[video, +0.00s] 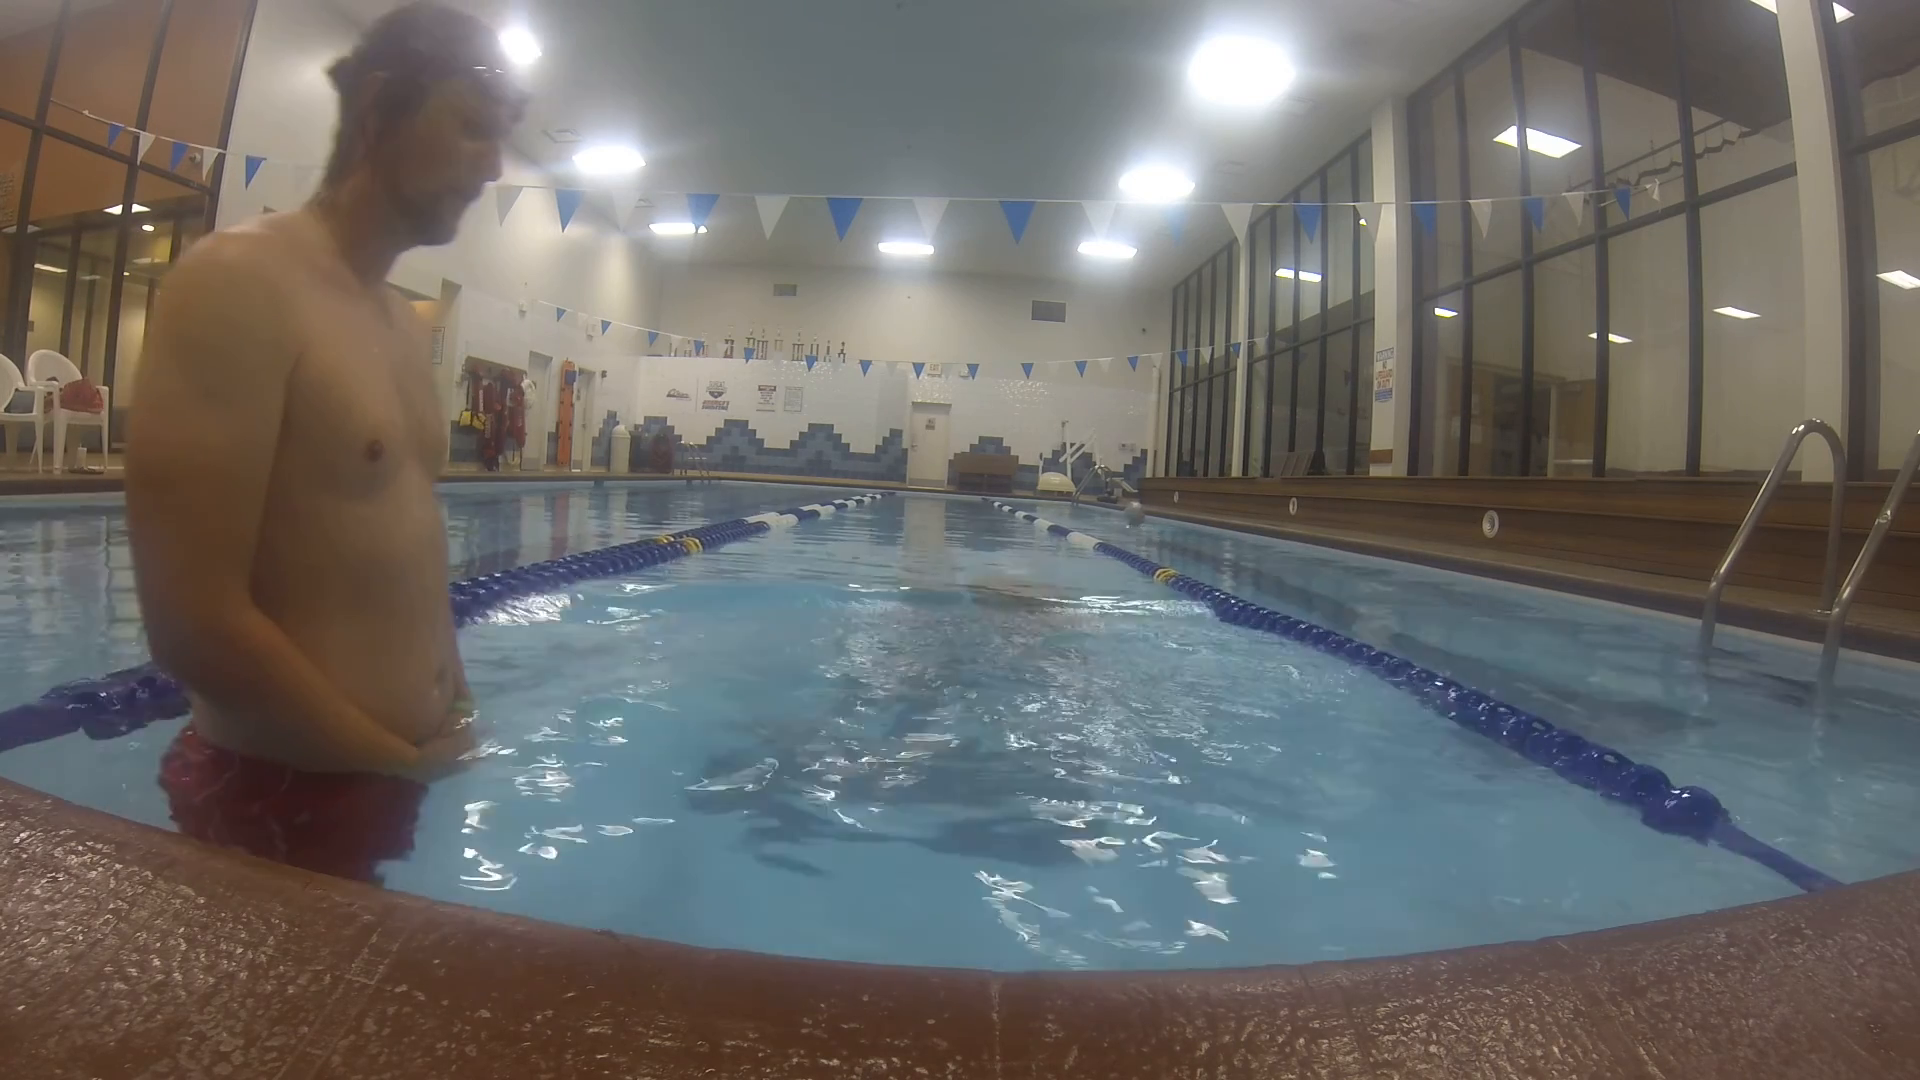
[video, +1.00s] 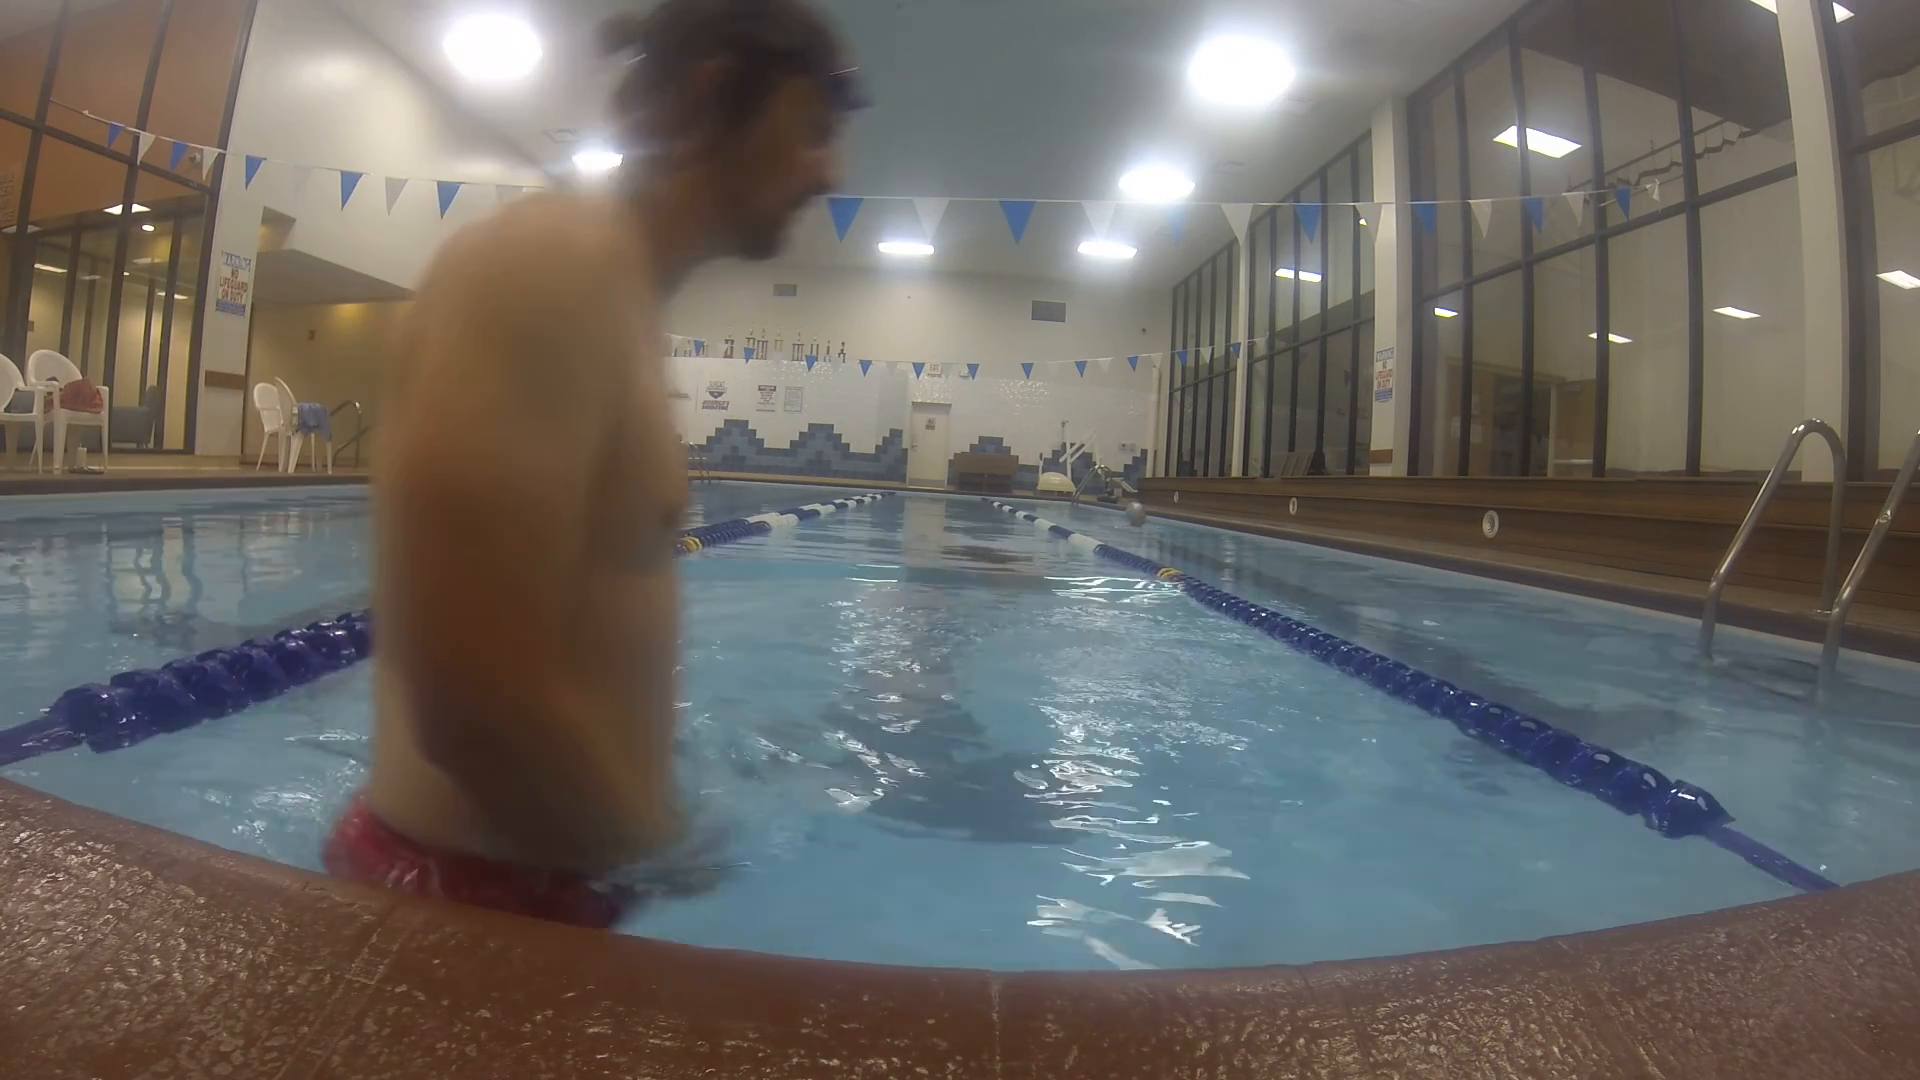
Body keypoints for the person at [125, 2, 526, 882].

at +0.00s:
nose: (494, 167)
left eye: (500, 142)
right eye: (474, 130)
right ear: (377, 115)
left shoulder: (403, 320)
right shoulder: (235, 282)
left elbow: (400, 554)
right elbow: (192, 622)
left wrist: (450, 707)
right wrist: (400, 764)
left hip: (373, 784)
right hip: (274, 799)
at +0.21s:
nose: (528, 178)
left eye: (539, 156)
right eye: (508, 139)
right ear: (415, 120)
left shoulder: (437, 331)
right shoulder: (269, 291)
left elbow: (416, 562)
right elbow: (217, 623)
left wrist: (468, 703)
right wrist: (419, 763)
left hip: (402, 794)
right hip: (300, 802)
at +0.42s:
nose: (559, 179)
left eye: (568, 155)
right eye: (540, 139)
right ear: (445, 118)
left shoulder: (461, 330)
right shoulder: (304, 287)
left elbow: (437, 569)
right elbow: (256, 619)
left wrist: (502, 721)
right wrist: (462, 773)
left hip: (421, 797)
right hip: (344, 800)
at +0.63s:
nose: (614, 179)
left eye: (618, 149)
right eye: (596, 136)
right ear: (510, 123)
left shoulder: (491, 339)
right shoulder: (348, 292)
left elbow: (470, 587)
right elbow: (298, 633)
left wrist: (538, 745)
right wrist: (509, 794)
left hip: (450, 823)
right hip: (373, 829)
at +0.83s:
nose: (717, 191)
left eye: (717, 159)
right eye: (698, 150)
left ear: (626, 148)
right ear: (610, 135)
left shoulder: (542, 322)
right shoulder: (438, 294)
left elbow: (493, 612)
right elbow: (375, 661)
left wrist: (588, 774)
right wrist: (562, 818)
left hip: (481, 860)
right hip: (404, 872)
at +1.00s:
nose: (829, 174)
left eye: (832, 137)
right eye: (815, 126)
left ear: (713, 95)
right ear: (716, 91)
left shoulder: (606, 283)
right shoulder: (541, 263)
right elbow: (473, 689)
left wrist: (659, 829)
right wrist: (654, 849)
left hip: (531, 884)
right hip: (466, 894)